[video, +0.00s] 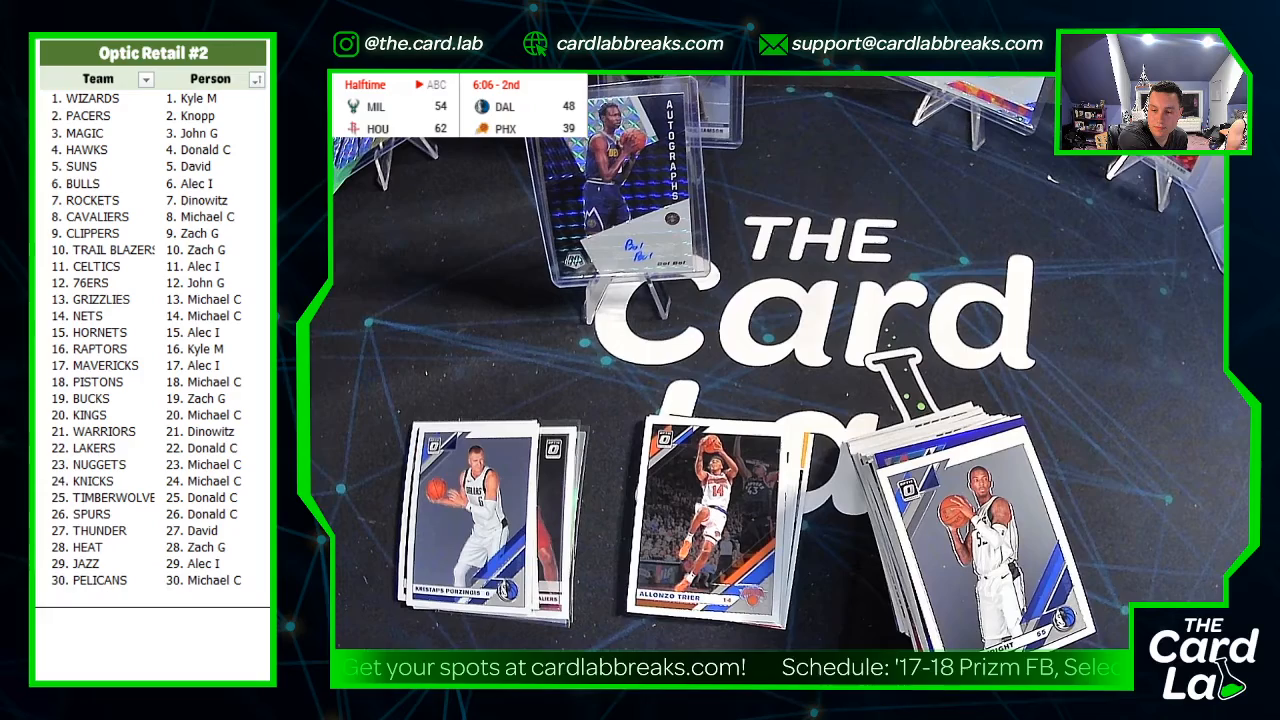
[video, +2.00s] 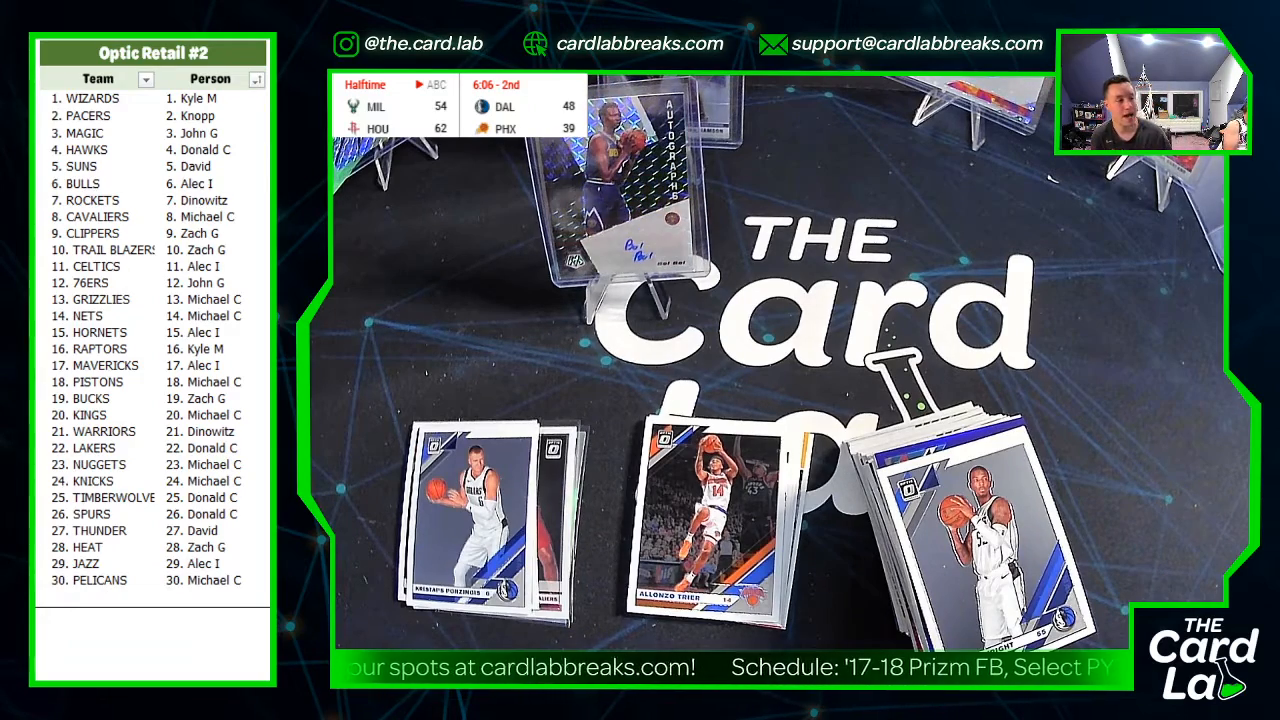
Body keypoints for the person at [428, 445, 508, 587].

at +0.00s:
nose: (479, 464)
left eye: (481, 460)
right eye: (475, 460)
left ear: (484, 460)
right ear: (469, 461)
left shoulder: (491, 476)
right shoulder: (464, 476)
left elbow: (488, 512)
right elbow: (464, 503)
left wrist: (466, 504)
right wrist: (439, 500)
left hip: (496, 531)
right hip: (478, 531)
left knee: (495, 573)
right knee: (459, 571)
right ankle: (460, 606)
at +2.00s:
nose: (480, 463)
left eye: (481, 460)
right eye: (475, 460)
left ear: (484, 459)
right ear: (469, 461)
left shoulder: (491, 476)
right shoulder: (464, 476)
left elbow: (488, 511)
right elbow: (464, 503)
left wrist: (465, 504)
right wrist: (439, 500)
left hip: (496, 531)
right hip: (478, 531)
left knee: (495, 572)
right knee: (459, 571)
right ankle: (460, 606)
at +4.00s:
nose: (479, 464)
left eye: (481, 460)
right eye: (475, 460)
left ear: (484, 460)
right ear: (468, 462)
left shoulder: (491, 477)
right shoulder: (464, 476)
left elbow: (488, 510)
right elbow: (463, 502)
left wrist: (464, 503)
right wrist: (439, 500)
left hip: (497, 530)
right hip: (478, 531)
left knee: (494, 572)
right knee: (460, 570)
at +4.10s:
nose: (479, 464)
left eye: (481, 460)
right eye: (475, 461)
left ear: (484, 460)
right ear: (469, 461)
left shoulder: (491, 477)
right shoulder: (464, 476)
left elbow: (489, 510)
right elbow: (464, 501)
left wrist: (465, 504)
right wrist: (444, 499)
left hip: (496, 531)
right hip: (478, 531)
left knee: (494, 573)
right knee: (459, 572)